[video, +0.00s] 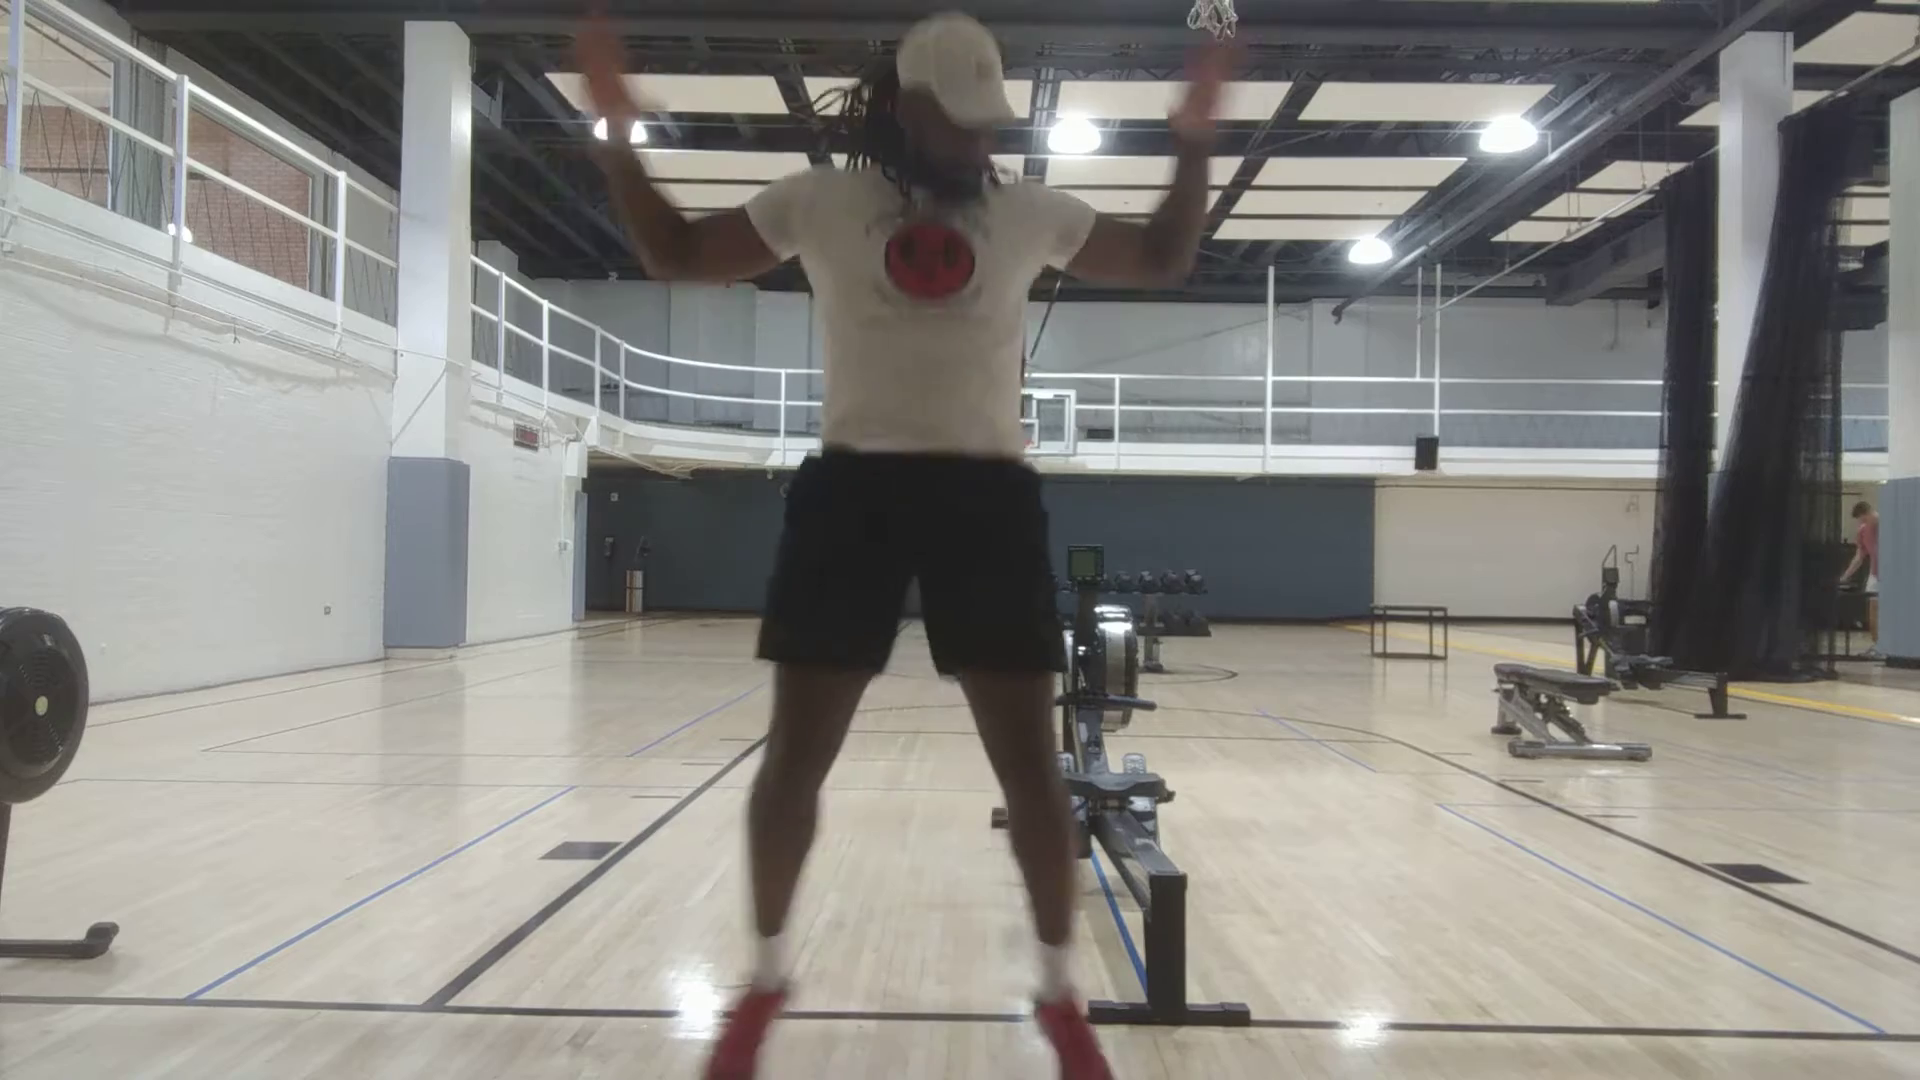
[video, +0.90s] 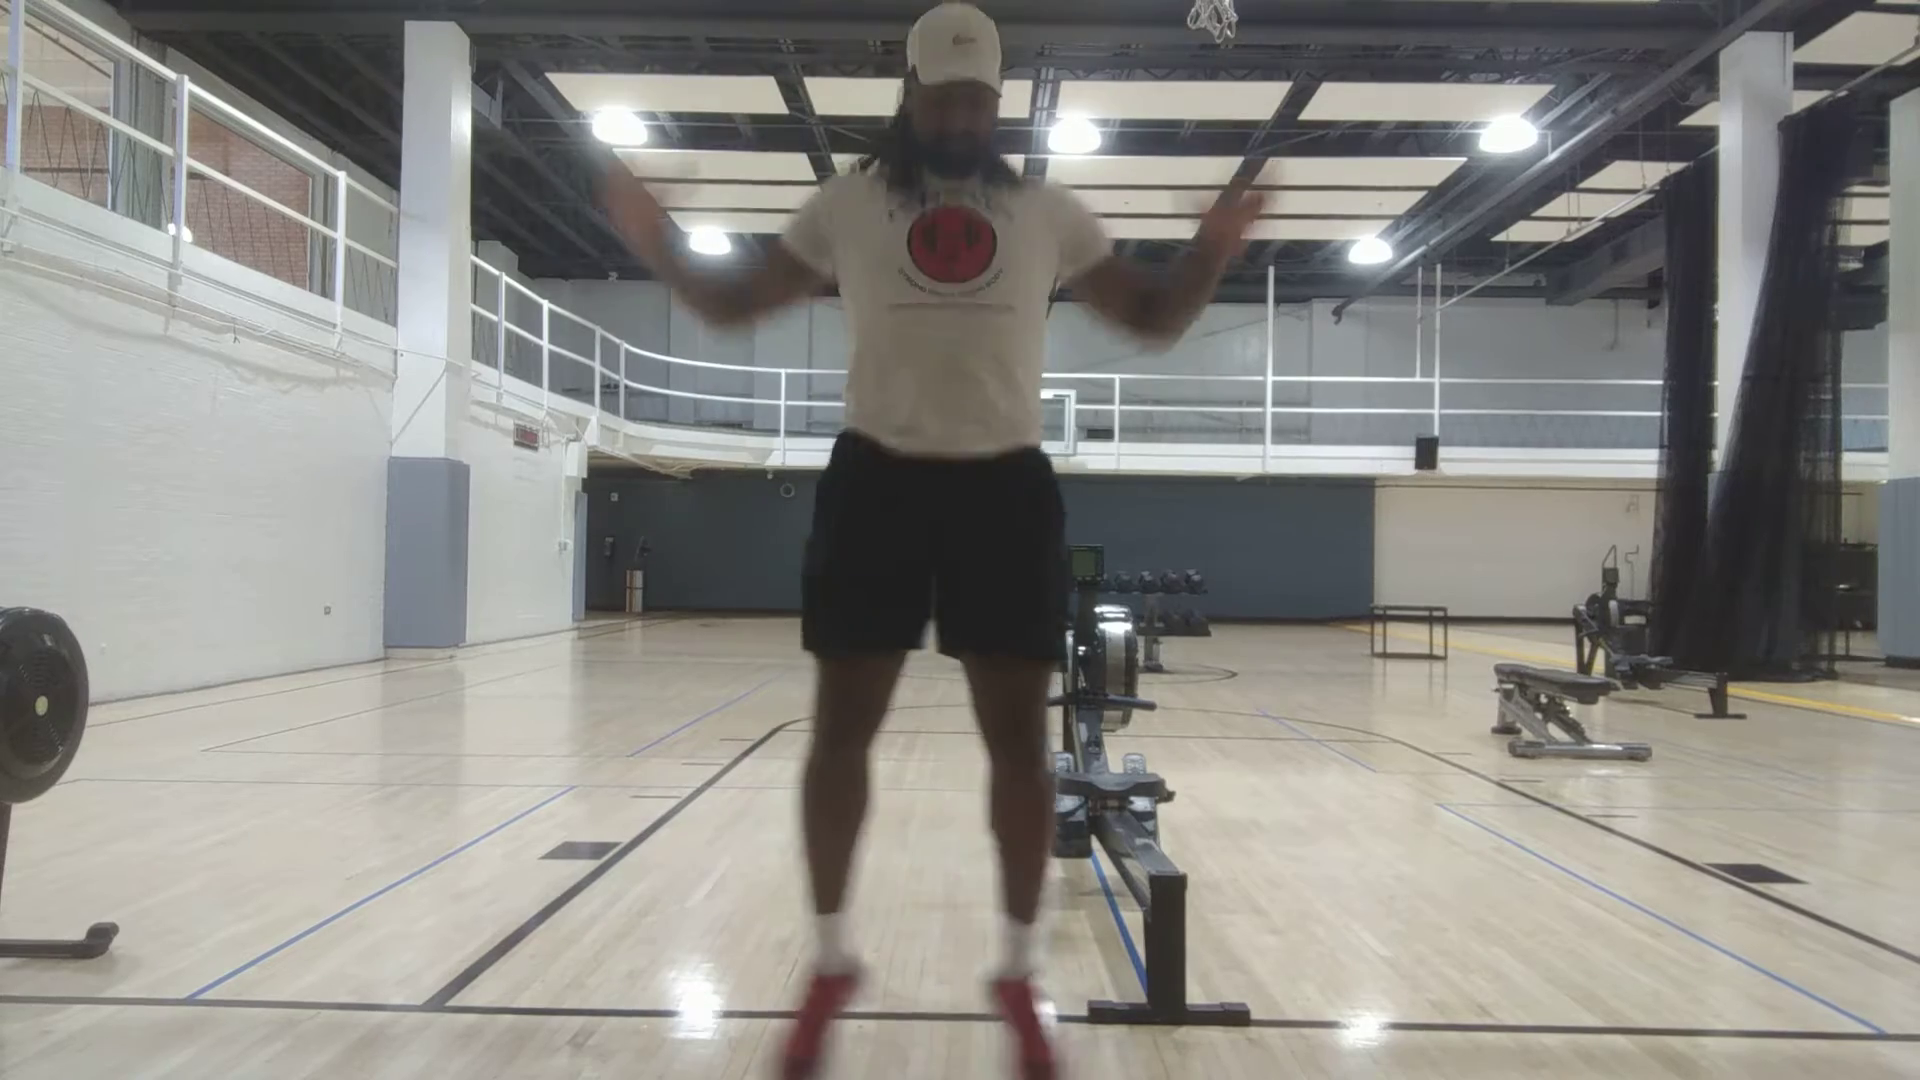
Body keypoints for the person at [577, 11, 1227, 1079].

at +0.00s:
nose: (982, 146)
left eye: (991, 125)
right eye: (961, 125)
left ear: (997, 113)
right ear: (899, 109)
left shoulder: (1028, 213)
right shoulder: (824, 198)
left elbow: (1166, 255)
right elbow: (671, 250)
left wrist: (1195, 139)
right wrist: (613, 125)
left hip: (990, 499)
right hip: (852, 494)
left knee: (1031, 761)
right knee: (796, 754)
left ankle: (1061, 993)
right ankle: (765, 974)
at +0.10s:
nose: (959, 216)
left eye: (975, 199)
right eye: (942, 195)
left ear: (999, 195)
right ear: (897, 180)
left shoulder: (1027, 261)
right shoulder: (825, 253)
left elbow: (1153, 226)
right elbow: (675, 230)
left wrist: (1101, 92)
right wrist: (700, 92)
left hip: (986, 565)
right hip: (849, 561)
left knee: (1052, 817)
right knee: (775, 810)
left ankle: (1084, 1021)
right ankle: (720, 1008)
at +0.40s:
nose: (1001, 143)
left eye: (1009, 124)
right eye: (982, 123)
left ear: (1012, 121)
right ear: (922, 118)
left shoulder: (1036, 218)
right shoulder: (837, 208)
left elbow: (1148, 289)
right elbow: (699, 277)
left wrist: (1231, 199)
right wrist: (622, 185)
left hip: (990, 502)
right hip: (857, 496)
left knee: (1017, 744)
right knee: (810, 735)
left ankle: (1033, 982)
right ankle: (788, 966)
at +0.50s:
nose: (988, 126)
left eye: (998, 106)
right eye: (968, 108)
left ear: (1007, 101)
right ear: (913, 98)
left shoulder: (1038, 215)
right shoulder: (838, 205)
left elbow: (1096, 346)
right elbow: (743, 325)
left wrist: (1171, 329)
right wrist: (697, 290)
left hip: (993, 499)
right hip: (861, 494)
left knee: (993, 753)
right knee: (845, 743)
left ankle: (970, 986)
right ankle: (862, 976)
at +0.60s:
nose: (976, 183)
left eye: (992, 163)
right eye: (957, 161)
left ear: (1011, 161)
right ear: (912, 153)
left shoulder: (1040, 283)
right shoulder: (845, 263)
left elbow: (1046, 428)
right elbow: (801, 393)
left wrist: (1073, 426)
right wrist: (806, 398)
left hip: (993, 551)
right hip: (869, 544)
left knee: (988, 804)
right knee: (860, 797)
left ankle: (964, 1011)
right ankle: (885, 1010)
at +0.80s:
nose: (960, 170)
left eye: (975, 153)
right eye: (943, 153)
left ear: (997, 157)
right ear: (910, 155)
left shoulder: (1042, 281)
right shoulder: (846, 266)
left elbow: (1106, 402)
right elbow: (778, 381)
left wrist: (1159, 391)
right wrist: (737, 390)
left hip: (1001, 546)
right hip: (875, 543)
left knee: (999, 780)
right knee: (865, 768)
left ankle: (970, 1002)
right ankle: (880, 997)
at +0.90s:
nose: (962, 115)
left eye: (978, 97)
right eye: (944, 96)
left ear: (1002, 103)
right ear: (909, 98)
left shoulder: (1047, 213)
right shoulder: (852, 201)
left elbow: (1154, 317)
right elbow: (732, 302)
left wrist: (1212, 251)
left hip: (1006, 492)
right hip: (875, 487)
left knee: (1019, 736)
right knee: (841, 728)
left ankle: (1019, 972)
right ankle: (832, 961)